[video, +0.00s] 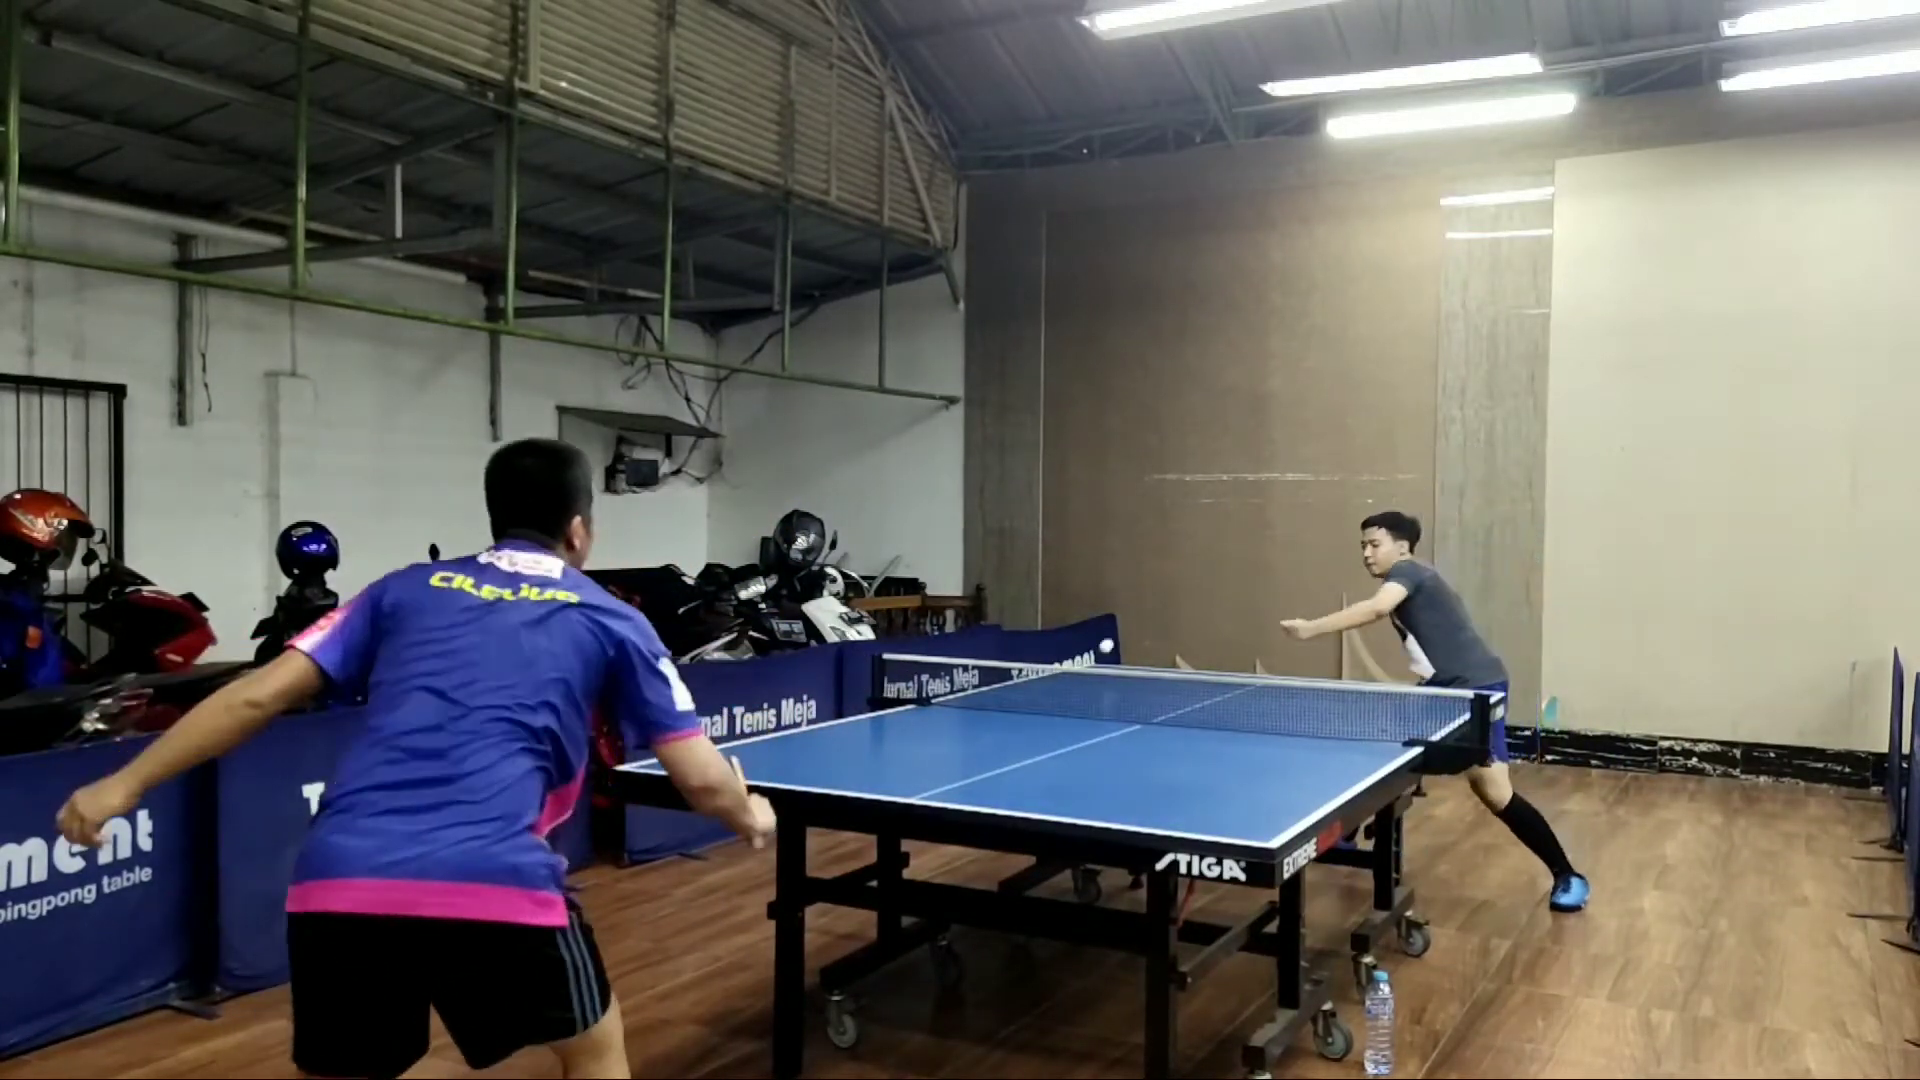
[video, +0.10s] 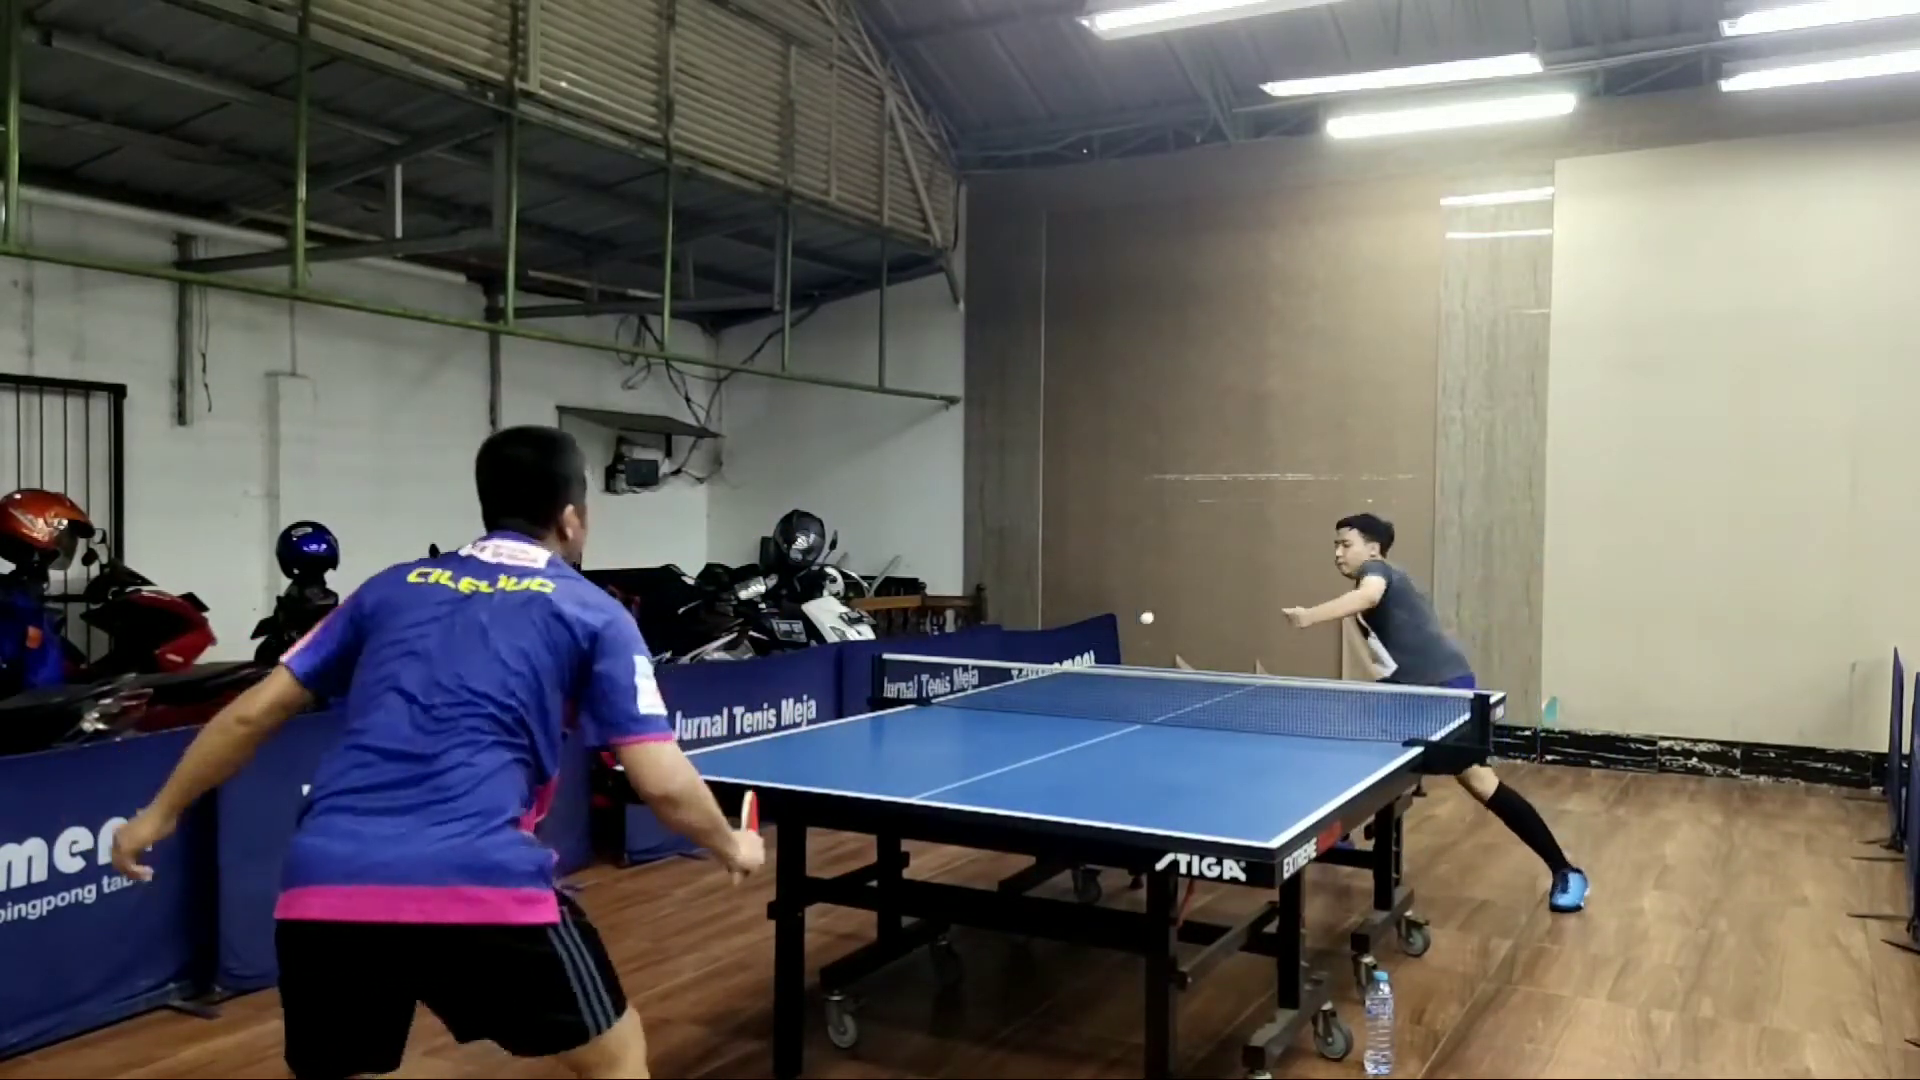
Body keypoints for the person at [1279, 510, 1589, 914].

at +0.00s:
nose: (1366, 552)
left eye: (1373, 543)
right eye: (1364, 545)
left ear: (1402, 545)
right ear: (1396, 548)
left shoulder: (1408, 571)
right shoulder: (1408, 577)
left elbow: (1376, 610)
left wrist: (1312, 626)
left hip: (1478, 689)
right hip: (1441, 689)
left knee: (1494, 792)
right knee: (1384, 750)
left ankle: (1566, 877)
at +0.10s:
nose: (1337, 553)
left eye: (1345, 545)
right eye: (1336, 546)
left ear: (1373, 546)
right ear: (1372, 549)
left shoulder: (1377, 570)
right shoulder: (1383, 580)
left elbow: (1366, 597)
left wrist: (1309, 616)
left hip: (1446, 688)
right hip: (1407, 690)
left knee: (1478, 781)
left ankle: (1564, 873)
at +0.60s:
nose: (1325, 510)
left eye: (1334, 502)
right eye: (1319, 504)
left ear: (1354, 508)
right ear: (1313, 510)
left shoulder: (1376, 558)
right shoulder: (1302, 554)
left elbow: (1404, 610)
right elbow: (1289, 599)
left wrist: (1436, 659)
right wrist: (1336, 582)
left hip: (1376, 668)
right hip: (1316, 671)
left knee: (1430, 730)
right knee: (1288, 742)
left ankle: (1465, 823)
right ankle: (1282, 835)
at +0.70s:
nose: (1330, 506)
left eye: (1339, 497)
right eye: (1323, 499)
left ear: (1360, 503)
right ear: (1317, 507)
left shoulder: (1387, 548)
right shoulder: (1309, 557)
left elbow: (1418, 601)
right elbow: (1289, 613)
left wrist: (1416, 656)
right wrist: (1313, 611)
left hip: (1390, 669)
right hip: (1335, 670)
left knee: (1427, 751)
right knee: (1298, 739)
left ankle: (1459, 840)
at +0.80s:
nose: (1333, 503)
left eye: (1342, 495)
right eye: (1326, 497)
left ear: (1363, 501)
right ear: (1320, 506)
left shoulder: (1387, 540)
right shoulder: (1321, 556)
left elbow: (1423, 590)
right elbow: (1312, 607)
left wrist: (1394, 638)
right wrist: (1303, 624)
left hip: (1407, 659)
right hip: (1354, 658)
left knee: (1437, 743)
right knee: (1312, 716)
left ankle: (1464, 840)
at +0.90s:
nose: (1331, 506)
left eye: (1340, 497)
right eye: (1325, 500)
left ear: (1362, 502)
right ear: (1319, 508)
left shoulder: (1383, 544)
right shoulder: (1330, 559)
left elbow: (1411, 593)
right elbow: (1330, 614)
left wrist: (1370, 628)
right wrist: (1300, 642)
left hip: (1413, 662)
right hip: (1363, 663)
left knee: (1433, 745)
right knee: (1318, 723)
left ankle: (1465, 840)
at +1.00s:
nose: (1330, 514)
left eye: (1339, 505)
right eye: (1323, 507)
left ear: (1361, 508)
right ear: (1319, 514)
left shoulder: (1380, 549)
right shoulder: (1340, 564)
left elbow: (1391, 600)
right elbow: (1352, 624)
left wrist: (1340, 616)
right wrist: (1307, 657)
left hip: (1415, 662)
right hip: (1371, 663)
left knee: (1434, 751)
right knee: (1335, 731)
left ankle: (1487, 840)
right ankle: (1381, 808)